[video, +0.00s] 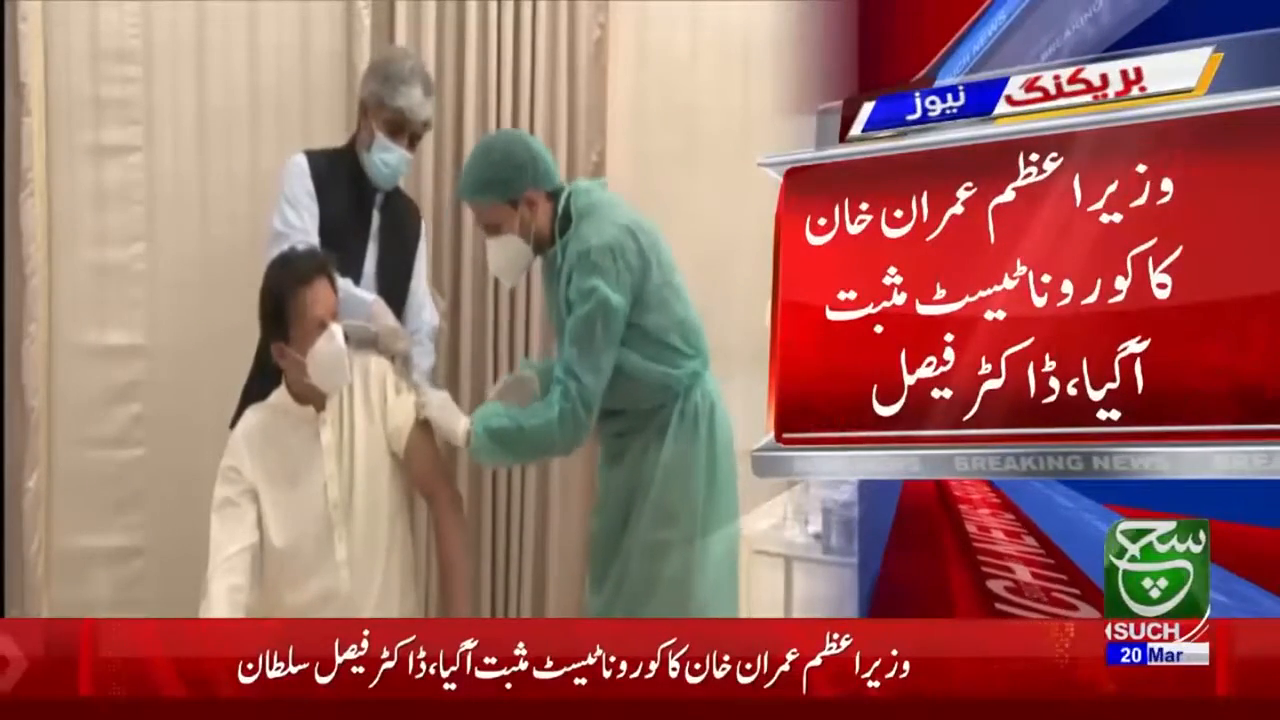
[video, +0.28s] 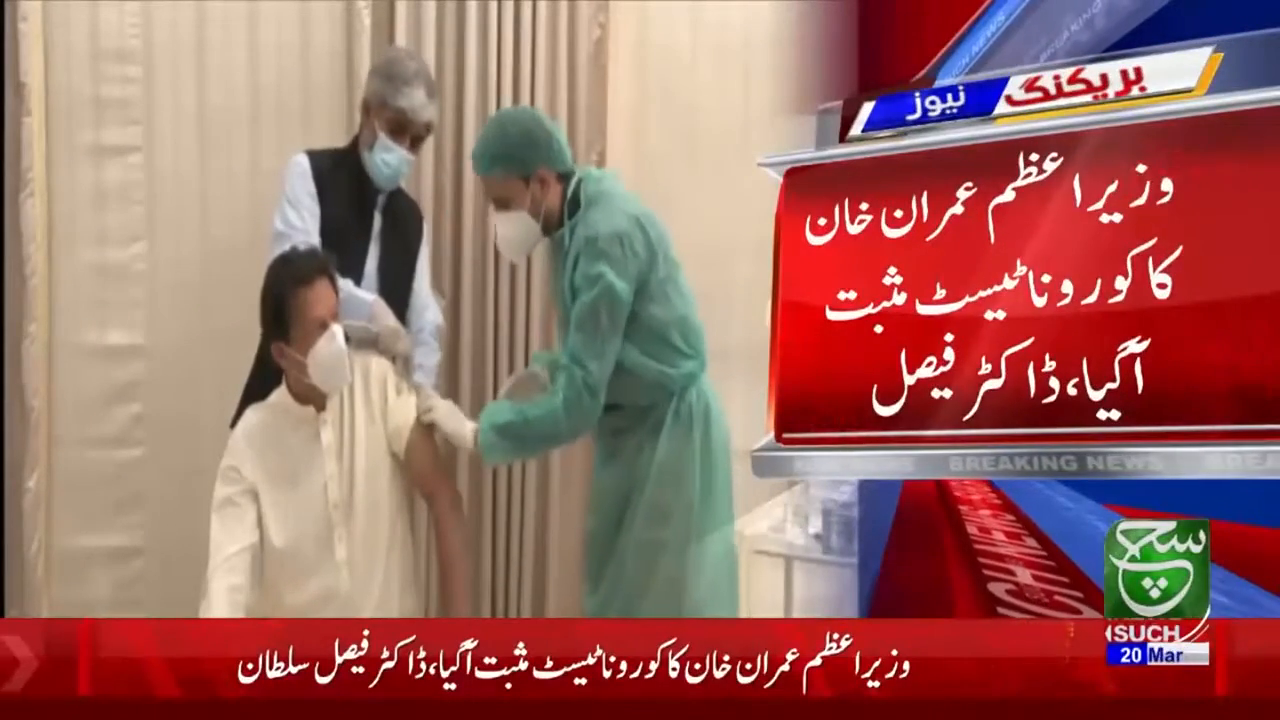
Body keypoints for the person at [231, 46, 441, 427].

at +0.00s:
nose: (401, 150)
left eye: (414, 139)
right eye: (393, 132)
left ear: (424, 137)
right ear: (364, 116)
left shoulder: (409, 217)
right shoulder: (308, 171)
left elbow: (420, 319)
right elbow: (292, 267)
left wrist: (412, 394)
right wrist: (370, 310)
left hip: (372, 389)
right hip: (298, 376)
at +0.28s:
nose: (404, 151)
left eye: (417, 140)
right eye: (395, 133)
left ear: (428, 139)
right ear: (367, 115)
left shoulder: (410, 216)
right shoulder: (310, 171)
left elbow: (423, 316)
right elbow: (295, 269)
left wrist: (419, 397)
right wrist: (372, 311)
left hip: (373, 388)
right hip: (298, 375)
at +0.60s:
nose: (406, 152)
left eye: (419, 142)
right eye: (398, 133)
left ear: (429, 143)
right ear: (370, 115)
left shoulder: (411, 218)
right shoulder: (313, 172)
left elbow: (424, 316)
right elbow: (294, 269)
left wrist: (417, 392)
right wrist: (372, 311)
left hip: (372, 390)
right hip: (298, 376)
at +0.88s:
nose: (407, 153)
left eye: (420, 143)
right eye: (398, 134)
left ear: (430, 144)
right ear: (370, 117)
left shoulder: (412, 218)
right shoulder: (313, 172)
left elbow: (424, 320)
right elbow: (295, 269)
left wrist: (418, 401)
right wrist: (372, 312)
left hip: (371, 392)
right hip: (298, 375)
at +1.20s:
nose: (347, 74)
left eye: (359, 57)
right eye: (330, 55)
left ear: (372, 54)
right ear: (293, 46)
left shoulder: (376, 163)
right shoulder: (240, 120)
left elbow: (391, 293)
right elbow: (228, 244)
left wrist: (374, 374)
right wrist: (330, 291)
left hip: (332, 388)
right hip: (236, 374)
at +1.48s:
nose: (350, 75)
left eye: (363, 57)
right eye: (333, 55)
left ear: (375, 55)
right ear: (296, 47)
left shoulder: (377, 167)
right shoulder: (241, 122)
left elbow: (395, 300)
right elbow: (231, 244)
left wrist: (375, 378)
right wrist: (332, 295)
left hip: (335, 393)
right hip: (236, 381)